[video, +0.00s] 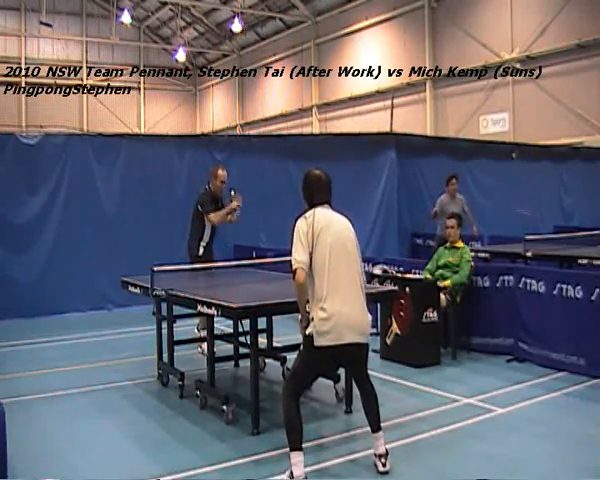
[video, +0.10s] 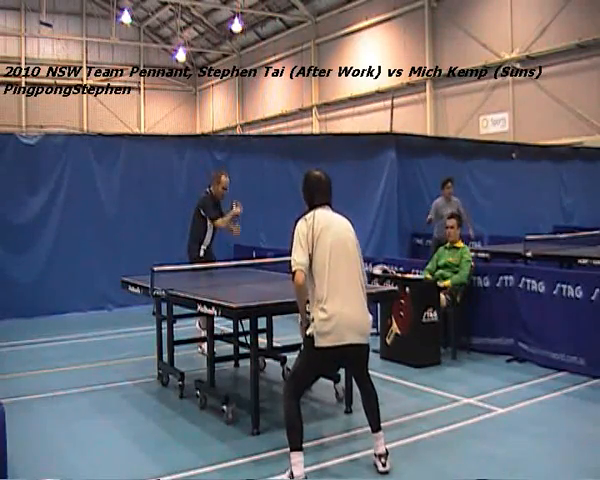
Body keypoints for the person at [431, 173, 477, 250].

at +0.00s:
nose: (454, 187)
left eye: (456, 184)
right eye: (452, 185)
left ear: (457, 186)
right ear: (447, 187)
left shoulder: (460, 199)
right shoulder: (442, 199)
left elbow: (466, 212)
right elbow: (435, 212)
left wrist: (473, 225)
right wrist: (435, 212)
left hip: (457, 231)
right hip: (442, 231)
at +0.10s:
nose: (450, 191)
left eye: (451, 188)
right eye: (447, 188)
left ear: (453, 189)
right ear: (443, 190)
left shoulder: (456, 202)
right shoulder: (437, 203)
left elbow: (463, 215)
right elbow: (431, 215)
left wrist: (469, 228)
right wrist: (430, 218)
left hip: (453, 234)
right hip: (439, 234)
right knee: (436, 256)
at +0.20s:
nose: (446, 192)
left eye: (447, 189)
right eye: (444, 190)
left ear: (449, 191)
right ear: (439, 192)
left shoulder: (452, 203)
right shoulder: (433, 205)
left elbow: (458, 217)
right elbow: (428, 217)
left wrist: (466, 232)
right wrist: (425, 223)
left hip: (451, 236)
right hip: (436, 236)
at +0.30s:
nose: (442, 193)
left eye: (443, 190)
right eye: (440, 190)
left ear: (445, 191)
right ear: (435, 192)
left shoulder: (448, 204)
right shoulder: (430, 206)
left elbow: (453, 218)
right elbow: (424, 220)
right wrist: (420, 230)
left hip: (446, 239)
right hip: (432, 240)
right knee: (430, 264)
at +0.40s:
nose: (441, 192)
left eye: (442, 189)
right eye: (438, 189)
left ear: (444, 190)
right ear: (434, 191)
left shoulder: (447, 204)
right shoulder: (429, 205)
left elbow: (451, 219)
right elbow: (423, 221)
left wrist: (453, 234)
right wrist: (418, 233)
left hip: (445, 240)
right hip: (431, 240)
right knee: (429, 265)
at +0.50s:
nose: (440, 192)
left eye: (442, 189)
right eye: (438, 189)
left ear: (445, 191)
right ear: (434, 191)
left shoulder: (449, 204)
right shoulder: (430, 205)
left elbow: (452, 218)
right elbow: (424, 219)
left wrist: (455, 232)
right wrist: (420, 229)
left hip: (446, 239)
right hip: (432, 240)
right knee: (429, 263)